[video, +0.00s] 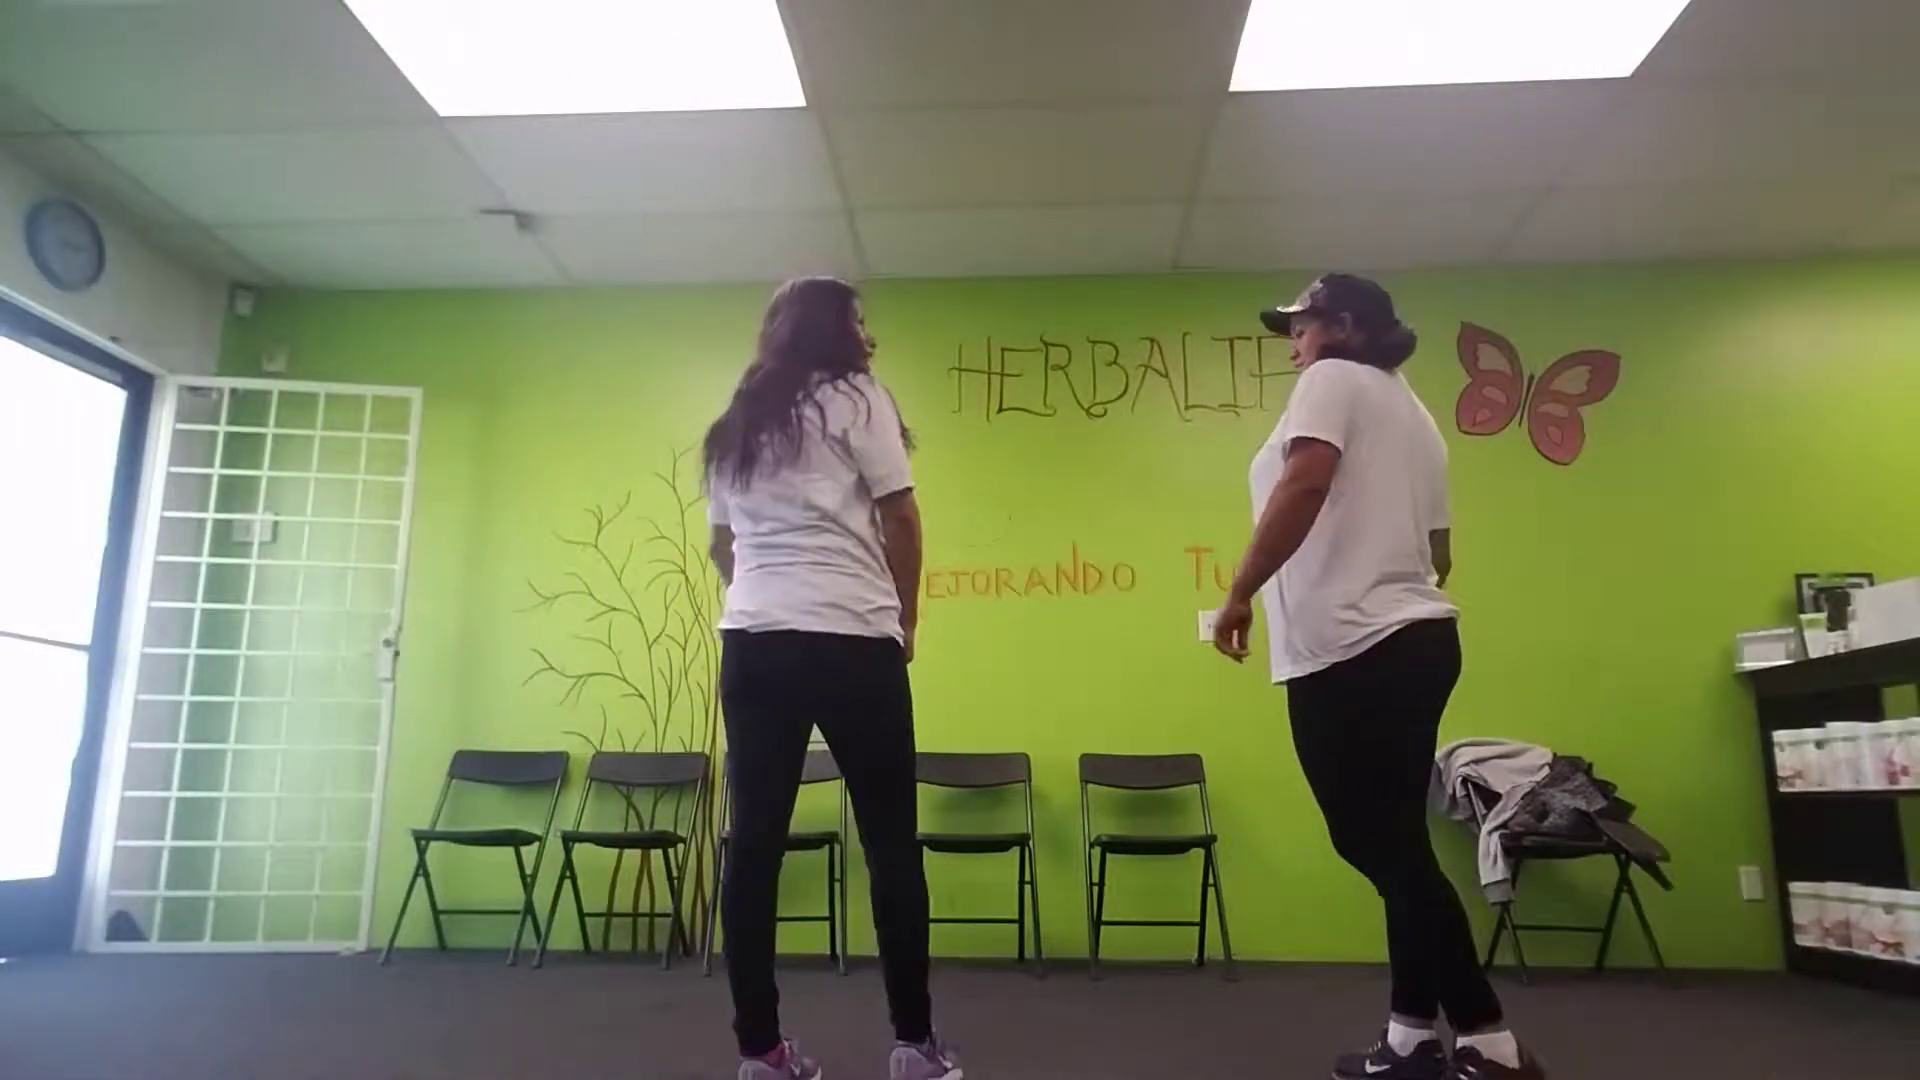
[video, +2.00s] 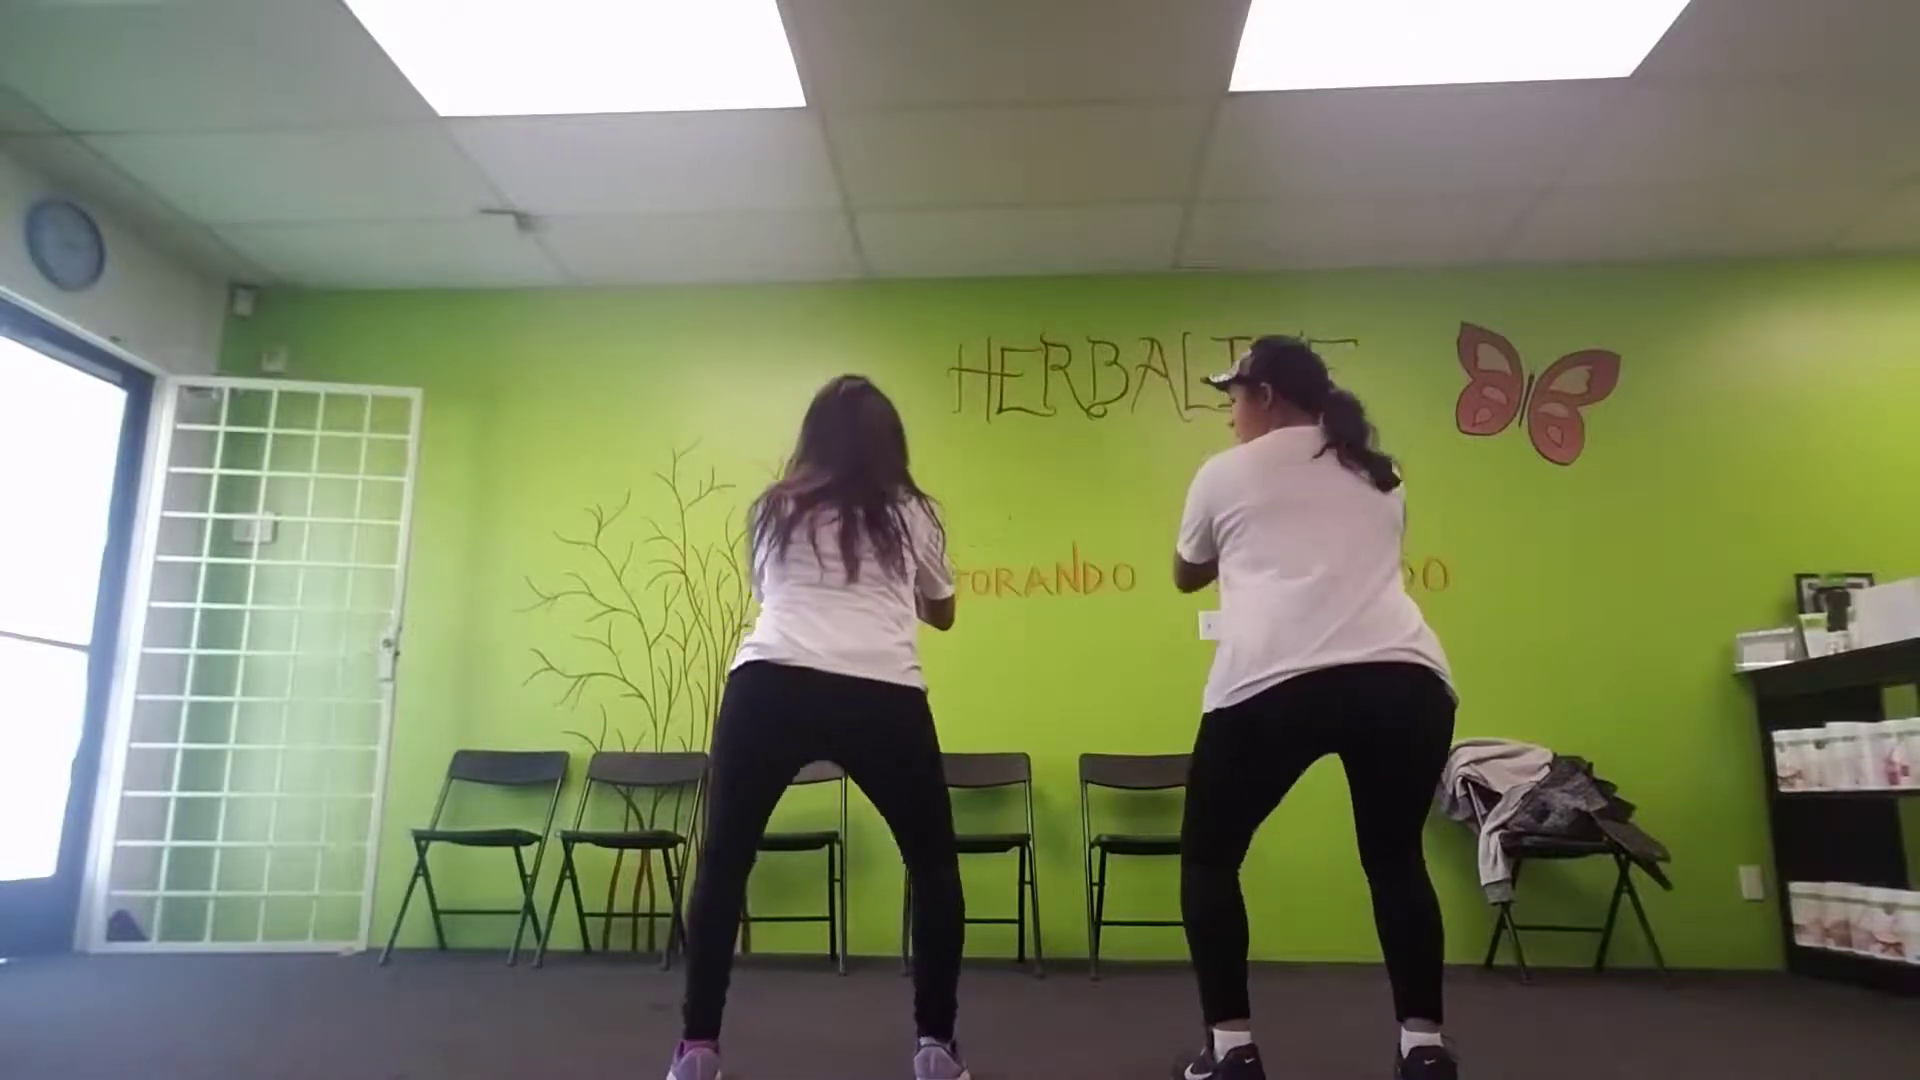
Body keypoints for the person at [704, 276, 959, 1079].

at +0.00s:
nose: (869, 337)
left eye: (866, 324)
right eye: (860, 324)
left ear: (782, 334)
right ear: (834, 329)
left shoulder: (736, 414)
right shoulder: (857, 393)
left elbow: (724, 548)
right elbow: (900, 521)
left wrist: (764, 622)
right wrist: (904, 621)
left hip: (754, 644)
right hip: (854, 638)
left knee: (752, 849)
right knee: (893, 846)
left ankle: (758, 1050)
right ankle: (914, 1046)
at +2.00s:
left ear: (810, 440)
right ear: (892, 441)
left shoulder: (774, 503)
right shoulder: (914, 509)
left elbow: (767, 590)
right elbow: (941, 613)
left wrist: (834, 572)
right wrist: (878, 567)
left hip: (771, 689)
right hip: (883, 697)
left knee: (722, 859)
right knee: (932, 861)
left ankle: (697, 1049)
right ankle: (936, 1049)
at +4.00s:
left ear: (800, 352)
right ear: (886, 355)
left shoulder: (763, 427)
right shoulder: (918, 427)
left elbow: (744, 550)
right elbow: (946, 546)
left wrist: (821, 551)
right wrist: (871, 555)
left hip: (775, 646)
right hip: (882, 647)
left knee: (742, 848)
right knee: (912, 855)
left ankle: (699, 1051)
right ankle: (935, 1053)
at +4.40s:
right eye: (895, 540)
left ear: (815, 545)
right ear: (895, 550)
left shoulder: (781, 607)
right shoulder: (915, 616)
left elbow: (781, 686)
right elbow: (951, 723)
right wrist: (899, 669)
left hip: (754, 776)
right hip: (871, 783)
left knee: (722, 879)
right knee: (960, 867)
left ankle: (702, 1046)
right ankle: (939, 1046)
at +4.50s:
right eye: (899, 583)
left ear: (818, 590)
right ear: (897, 594)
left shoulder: (782, 651)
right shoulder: (915, 661)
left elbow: (779, 730)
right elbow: (955, 766)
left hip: (751, 816)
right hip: (873, 822)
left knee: (719, 873)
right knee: (966, 860)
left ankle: (702, 1046)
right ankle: (940, 1048)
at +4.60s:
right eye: (901, 620)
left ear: (823, 626)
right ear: (899, 631)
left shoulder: (783, 685)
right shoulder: (915, 695)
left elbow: (780, 754)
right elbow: (959, 793)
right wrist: (913, 746)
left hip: (750, 848)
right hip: (870, 852)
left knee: (721, 849)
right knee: (964, 863)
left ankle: (704, 1045)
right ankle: (938, 1047)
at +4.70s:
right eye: (902, 628)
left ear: (827, 634)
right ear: (900, 638)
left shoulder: (784, 692)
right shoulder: (916, 701)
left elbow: (780, 761)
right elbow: (959, 794)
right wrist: (920, 747)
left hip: (751, 852)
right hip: (872, 856)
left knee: (722, 853)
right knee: (962, 861)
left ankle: (704, 1044)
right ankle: (937, 1047)